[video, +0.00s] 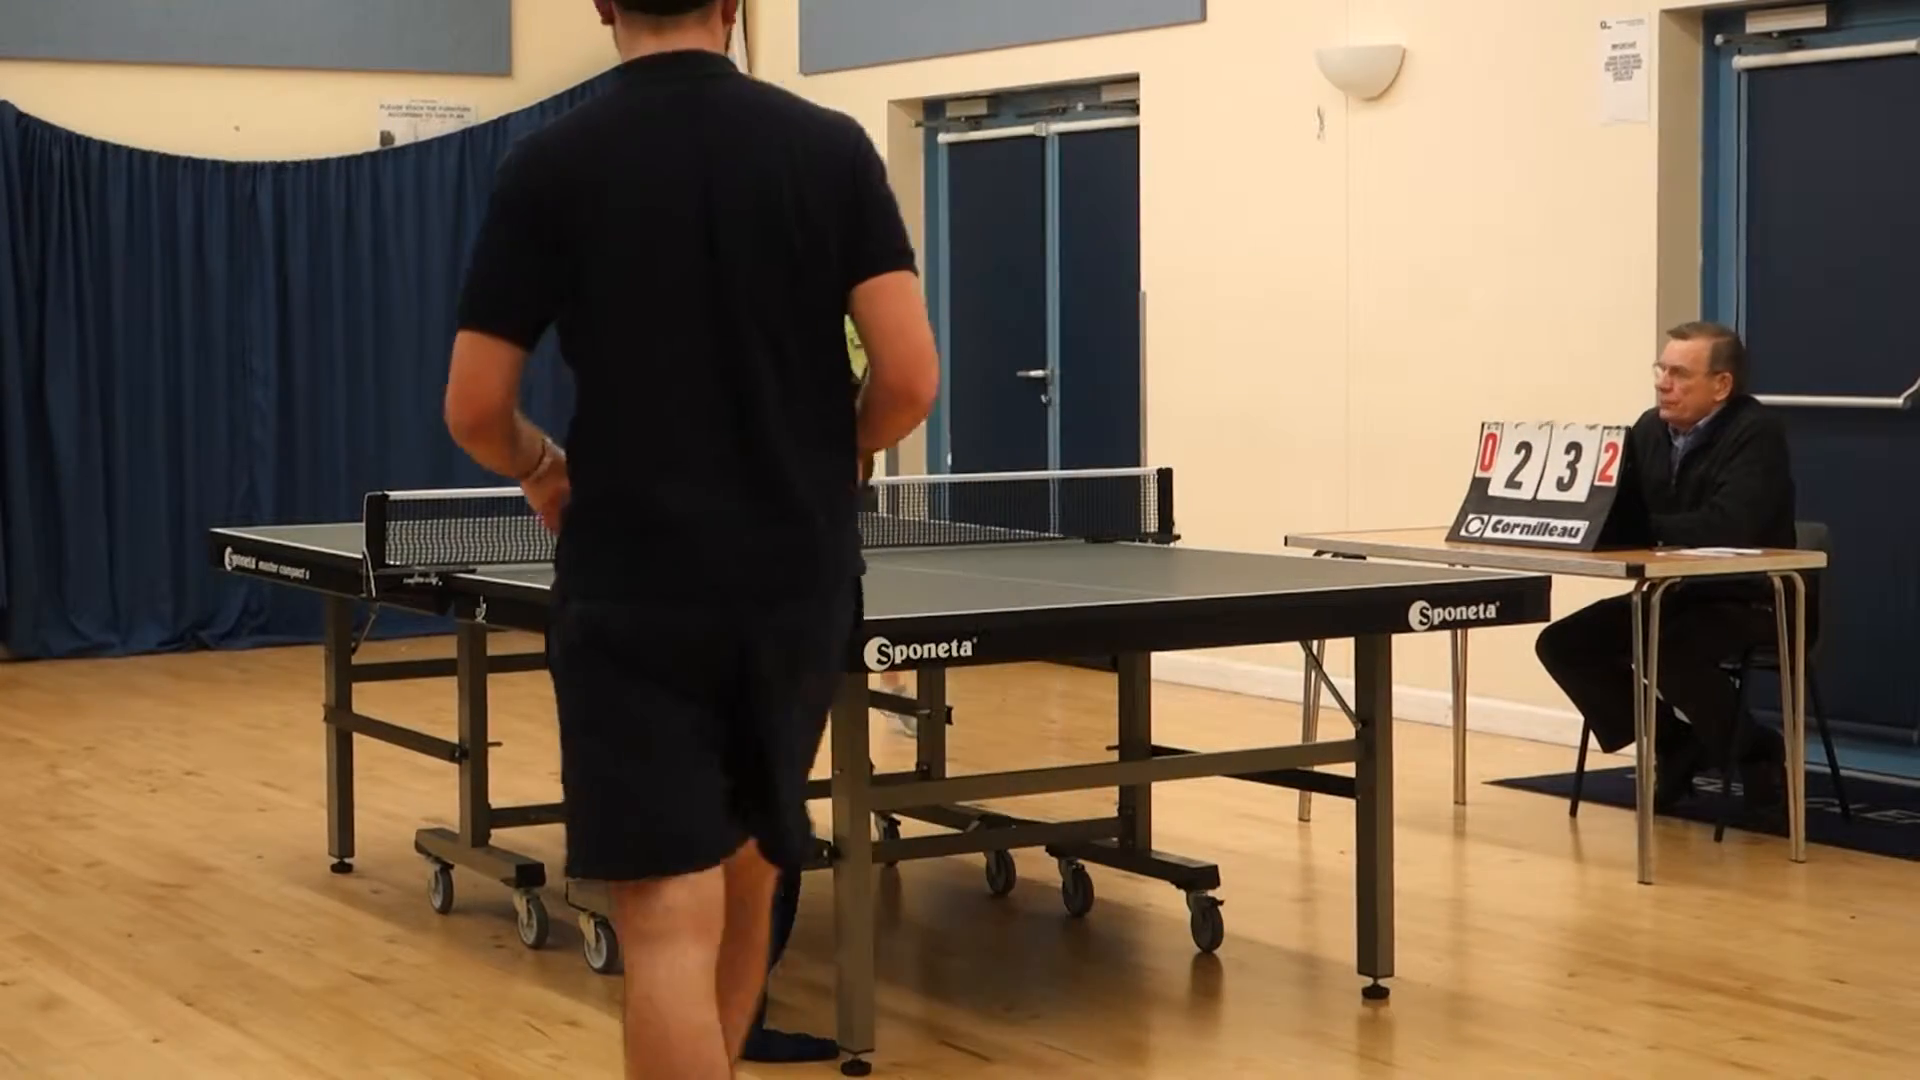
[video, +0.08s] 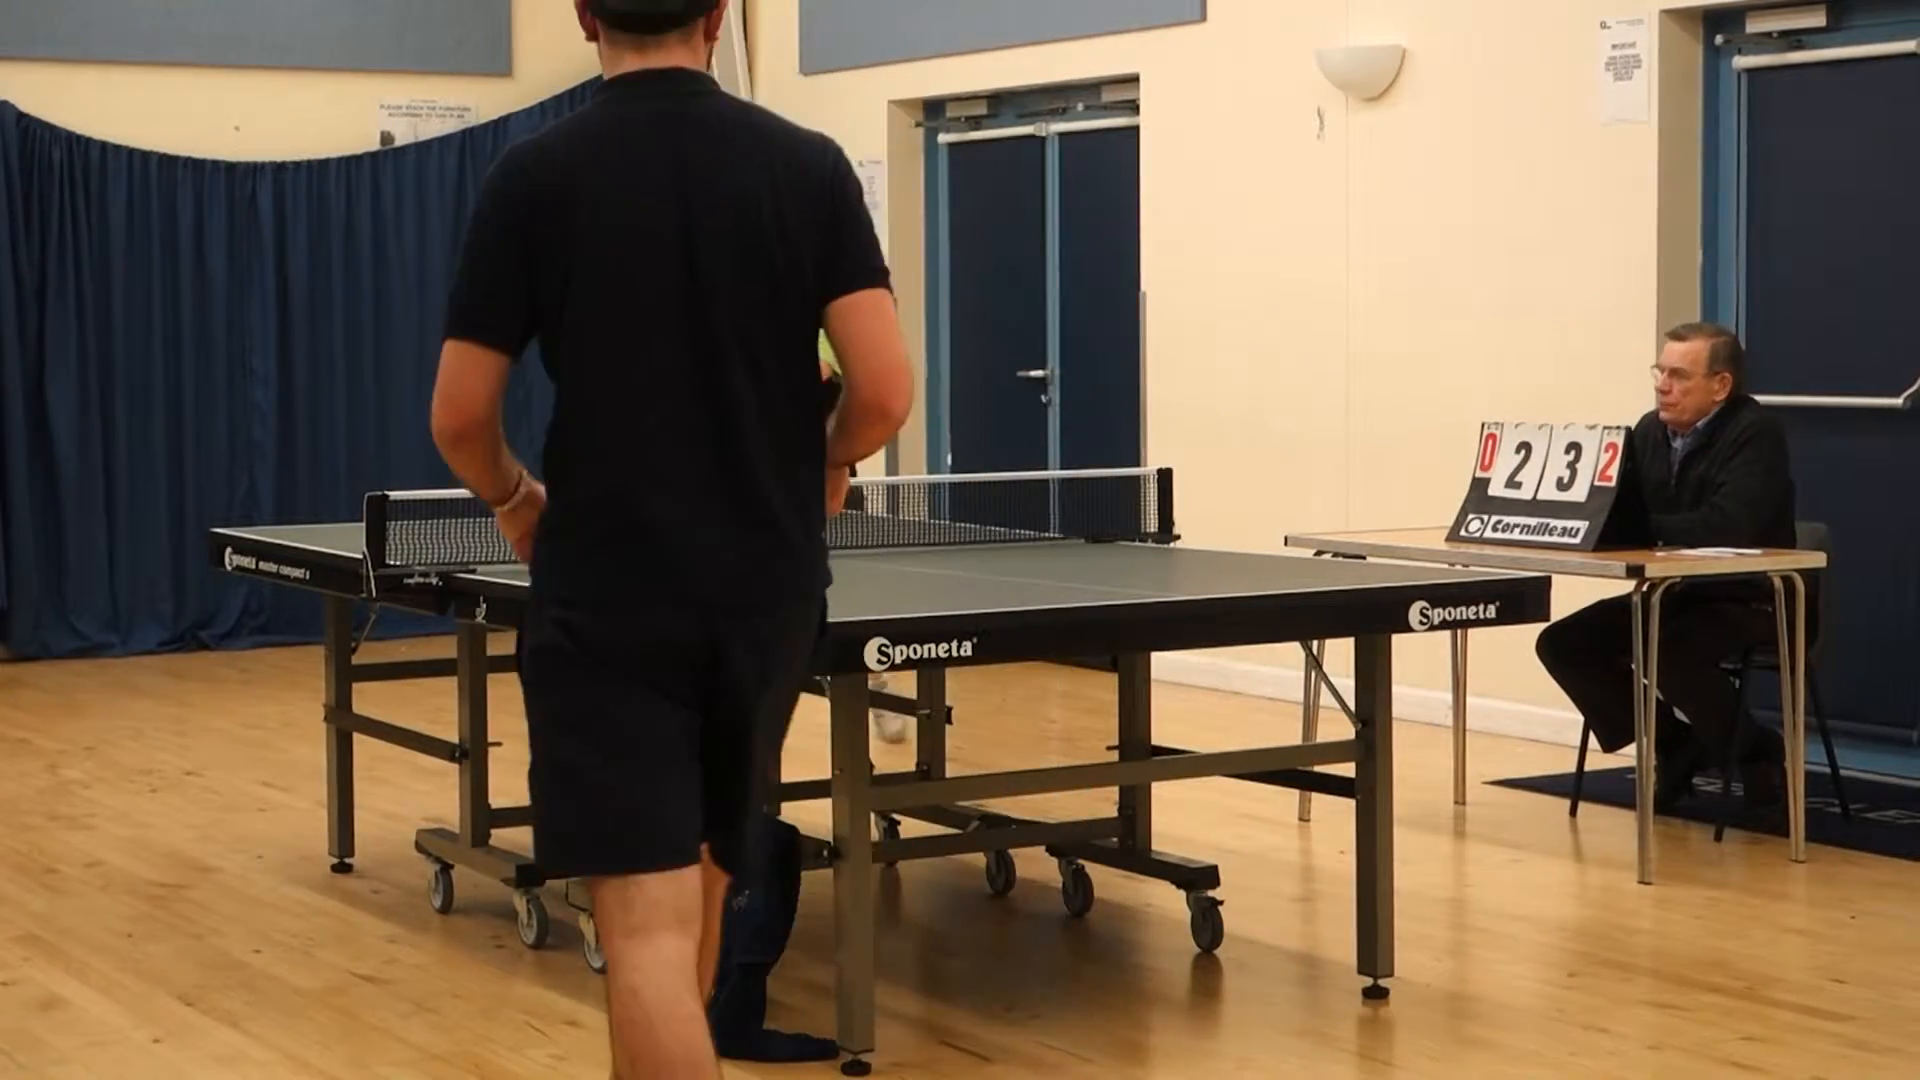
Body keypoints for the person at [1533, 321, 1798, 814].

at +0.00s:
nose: (1663, 383)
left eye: (1679, 374)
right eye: (1661, 370)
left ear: (1721, 386)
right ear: (1655, 371)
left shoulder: (1756, 432)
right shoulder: (1649, 429)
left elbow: (1737, 526)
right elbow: (1613, 509)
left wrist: (1639, 530)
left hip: (1754, 597)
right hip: (1672, 592)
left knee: (1669, 649)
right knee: (1562, 644)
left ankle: (1758, 750)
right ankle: (1674, 742)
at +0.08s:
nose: (1662, 384)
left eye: (1678, 375)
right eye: (1660, 372)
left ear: (1720, 386)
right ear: (1655, 372)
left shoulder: (1756, 433)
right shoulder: (1649, 431)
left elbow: (1736, 525)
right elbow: (1615, 510)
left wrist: (1638, 529)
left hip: (1753, 597)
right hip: (1671, 592)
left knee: (1670, 649)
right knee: (1562, 644)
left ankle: (1757, 749)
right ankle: (1674, 741)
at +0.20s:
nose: (1661, 388)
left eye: (1677, 378)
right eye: (1658, 375)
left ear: (1719, 387)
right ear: (1653, 376)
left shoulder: (1755, 433)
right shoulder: (1648, 433)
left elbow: (1737, 527)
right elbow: (1616, 512)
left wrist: (1640, 530)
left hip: (1753, 597)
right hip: (1671, 592)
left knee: (1669, 650)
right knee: (1562, 644)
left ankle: (1758, 749)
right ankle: (1675, 742)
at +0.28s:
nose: (1660, 391)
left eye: (1676, 380)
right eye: (1657, 378)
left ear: (1718, 388)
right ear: (1651, 378)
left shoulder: (1753, 433)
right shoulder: (1645, 435)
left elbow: (1737, 525)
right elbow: (1615, 516)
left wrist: (1643, 532)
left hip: (1758, 600)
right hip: (1673, 596)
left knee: (1669, 646)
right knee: (1562, 643)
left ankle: (1756, 751)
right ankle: (1674, 742)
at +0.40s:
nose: (1658, 393)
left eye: (1673, 382)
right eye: (1654, 380)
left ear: (1715, 388)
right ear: (1648, 380)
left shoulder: (1751, 433)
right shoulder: (1643, 437)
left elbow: (1736, 525)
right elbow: (1616, 518)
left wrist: (1641, 531)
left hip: (1758, 601)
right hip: (1673, 597)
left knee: (1668, 645)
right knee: (1562, 643)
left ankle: (1755, 750)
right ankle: (1674, 742)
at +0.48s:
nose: (1656, 395)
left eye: (1671, 383)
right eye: (1652, 381)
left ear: (1714, 387)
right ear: (1646, 381)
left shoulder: (1750, 434)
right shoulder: (1642, 438)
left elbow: (1735, 525)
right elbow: (1613, 516)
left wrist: (1641, 532)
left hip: (1758, 601)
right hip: (1673, 597)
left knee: (1668, 646)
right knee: (1562, 643)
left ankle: (1755, 748)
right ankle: (1674, 741)